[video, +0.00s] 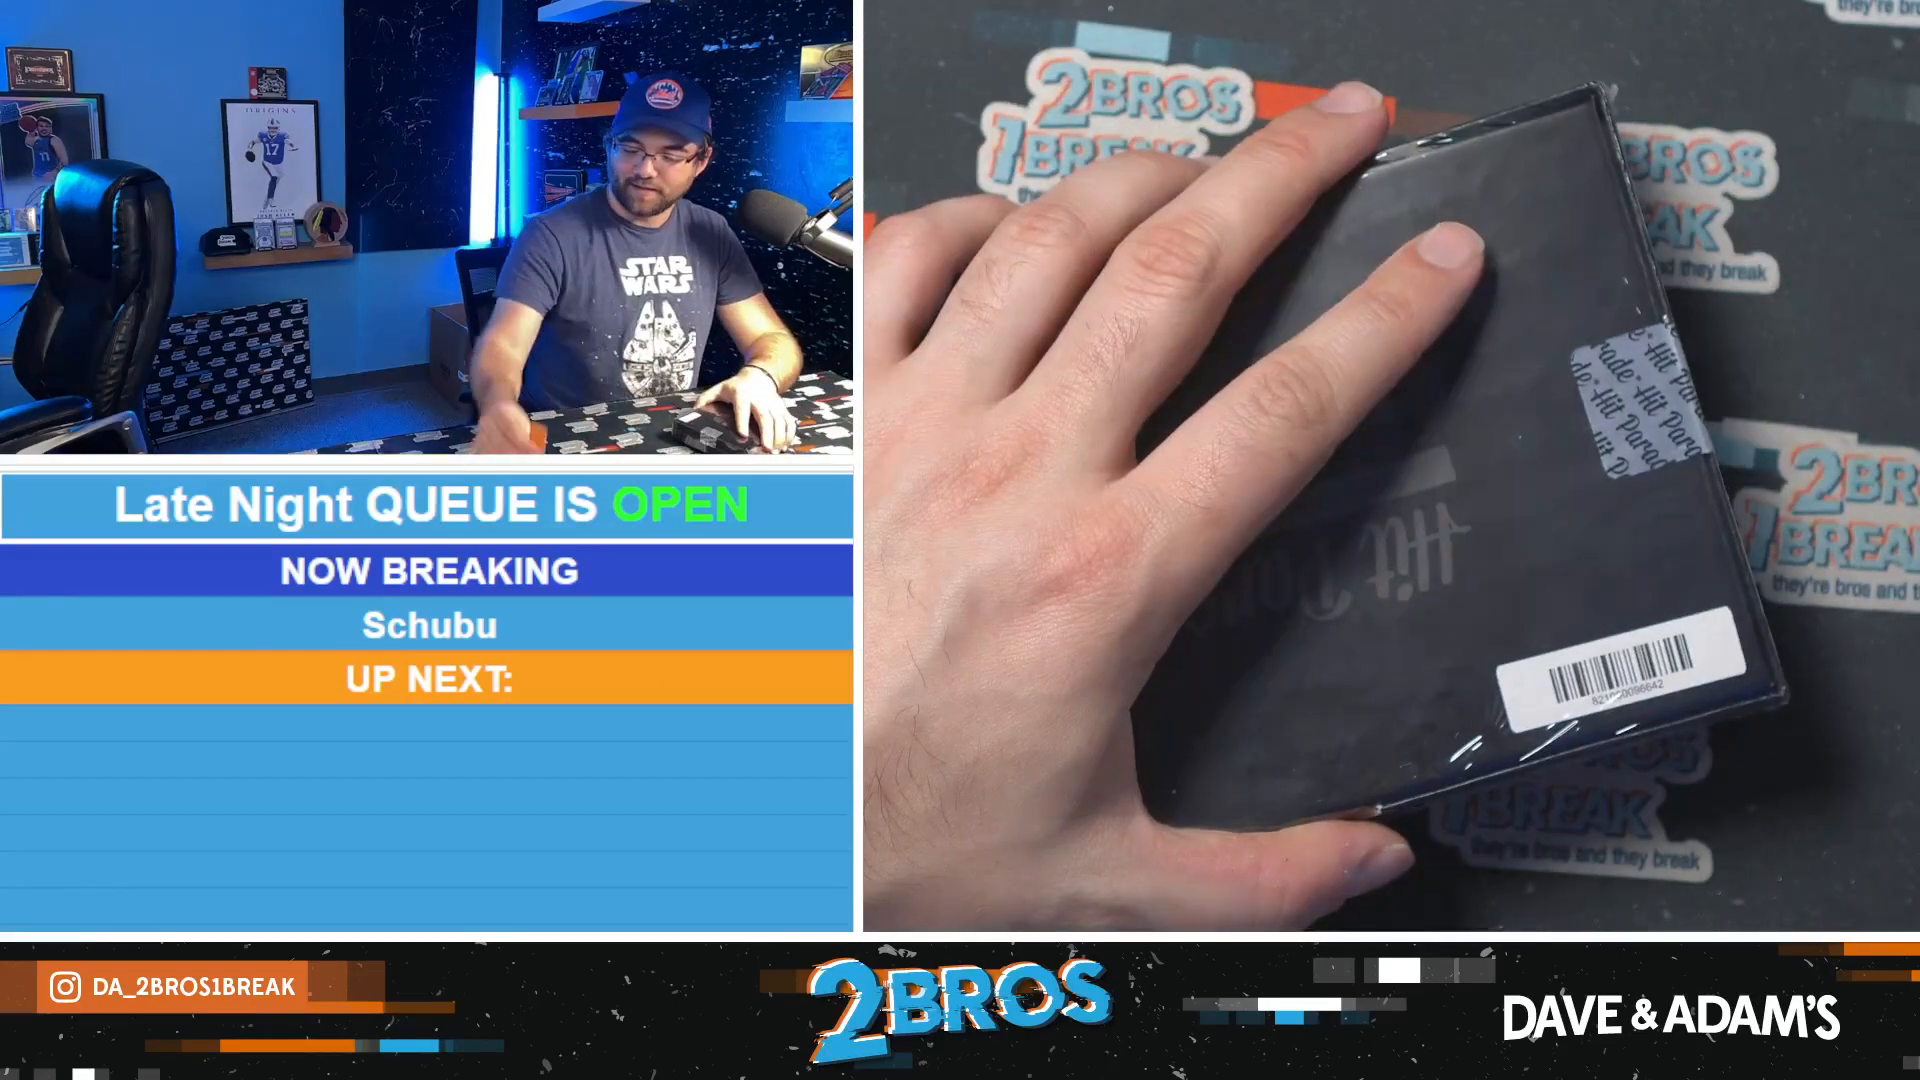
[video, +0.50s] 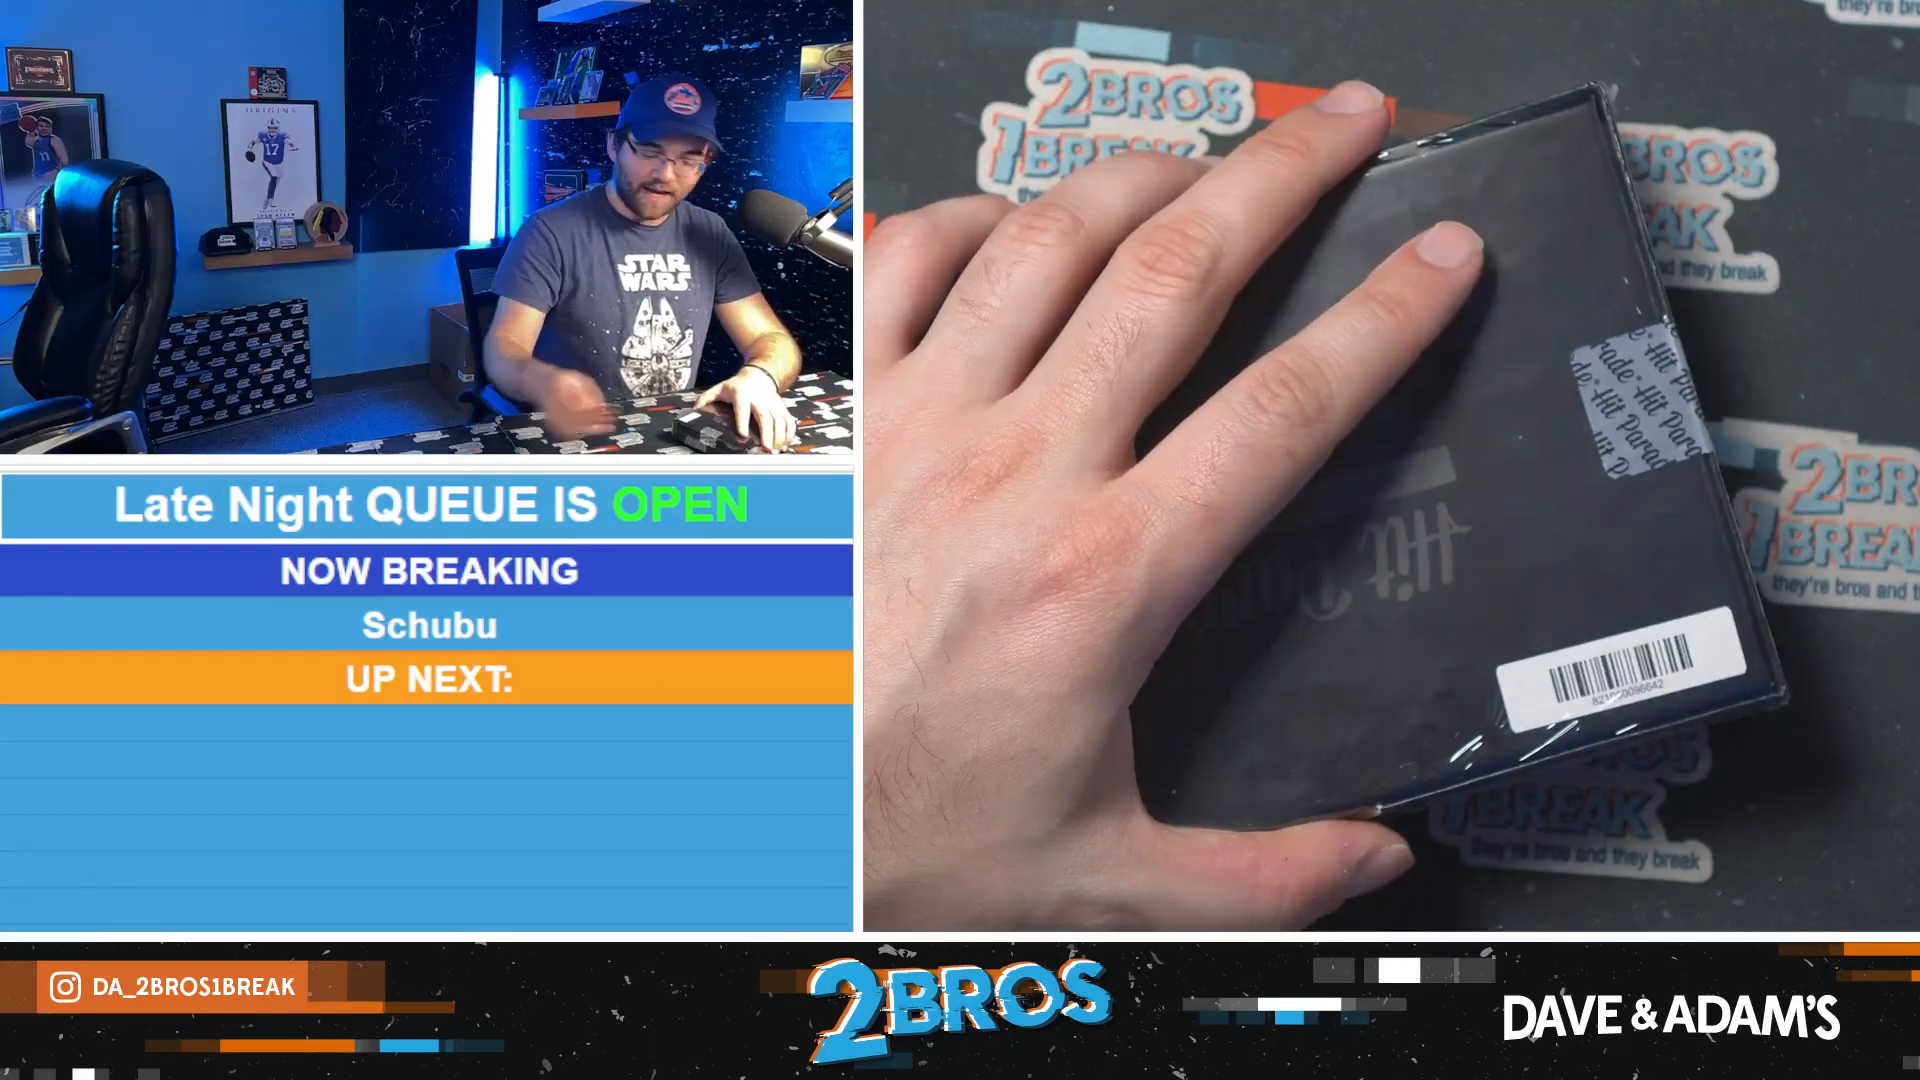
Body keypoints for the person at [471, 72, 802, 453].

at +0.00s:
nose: (645, 170)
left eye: (670, 155)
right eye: (631, 149)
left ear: (701, 161)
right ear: (610, 148)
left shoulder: (709, 236)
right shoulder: (550, 238)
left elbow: (772, 341)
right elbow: (499, 348)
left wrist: (760, 376)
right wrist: (496, 408)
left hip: (677, 455)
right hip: (568, 457)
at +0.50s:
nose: (665, 176)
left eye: (687, 161)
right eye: (650, 153)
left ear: (703, 167)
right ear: (614, 145)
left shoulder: (708, 235)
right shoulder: (550, 235)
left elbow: (771, 341)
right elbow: (501, 351)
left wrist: (759, 376)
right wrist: (548, 386)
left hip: (678, 457)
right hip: (575, 463)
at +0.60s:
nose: (673, 180)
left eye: (693, 164)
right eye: (657, 157)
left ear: (708, 168)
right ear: (616, 146)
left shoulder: (708, 235)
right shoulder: (550, 234)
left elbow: (771, 341)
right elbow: (507, 355)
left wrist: (758, 375)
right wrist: (589, 377)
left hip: (679, 457)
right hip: (574, 462)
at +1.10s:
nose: (688, 186)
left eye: (707, 171)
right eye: (673, 162)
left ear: (718, 173)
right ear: (629, 146)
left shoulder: (707, 234)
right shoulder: (557, 229)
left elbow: (772, 342)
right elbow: (529, 352)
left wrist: (756, 374)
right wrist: (645, 370)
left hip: (679, 452)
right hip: (573, 453)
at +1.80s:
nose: (686, 178)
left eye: (704, 163)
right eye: (671, 154)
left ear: (716, 169)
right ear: (626, 145)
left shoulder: (708, 236)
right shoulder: (555, 229)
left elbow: (769, 338)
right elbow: (508, 349)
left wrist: (750, 359)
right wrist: (599, 335)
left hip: (673, 449)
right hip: (567, 452)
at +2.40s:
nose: (673, 173)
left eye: (692, 158)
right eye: (657, 149)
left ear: (705, 166)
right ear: (615, 143)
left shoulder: (707, 232)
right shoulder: (549, 232)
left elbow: (776, 338)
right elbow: (513, 353)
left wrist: (746, 375)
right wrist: (591, 366)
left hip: (680, 453)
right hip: (572, 457)